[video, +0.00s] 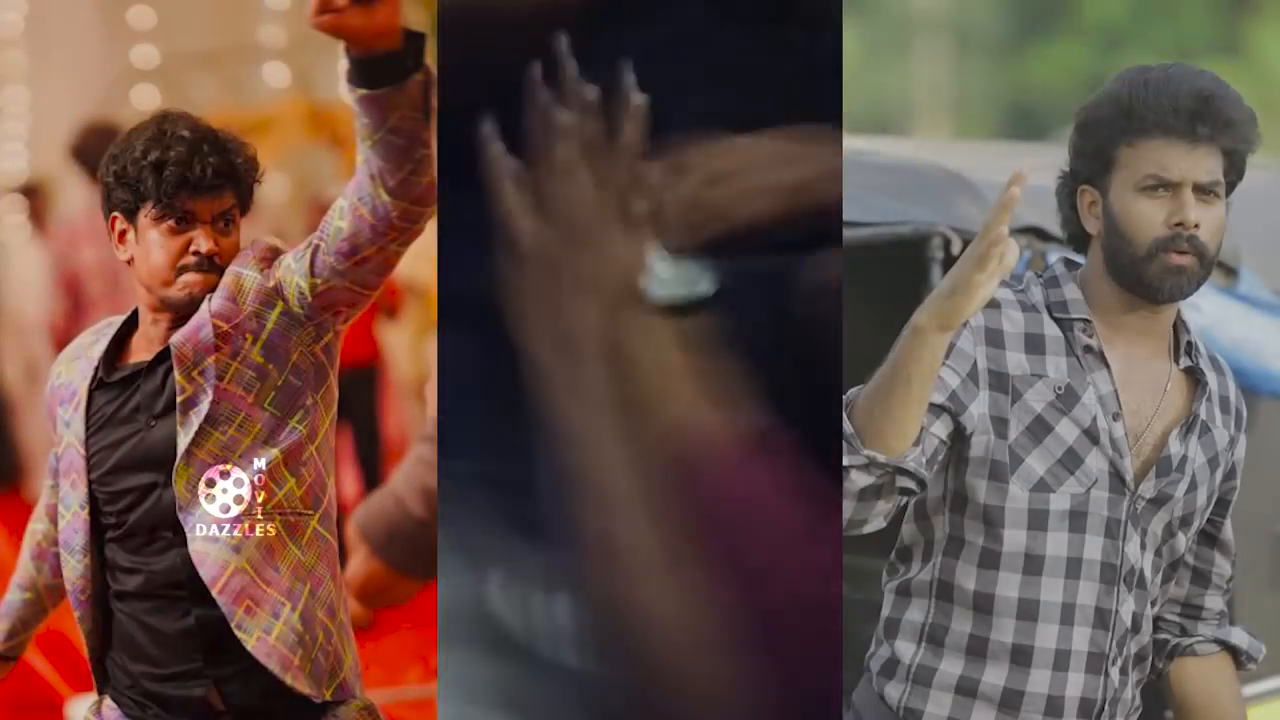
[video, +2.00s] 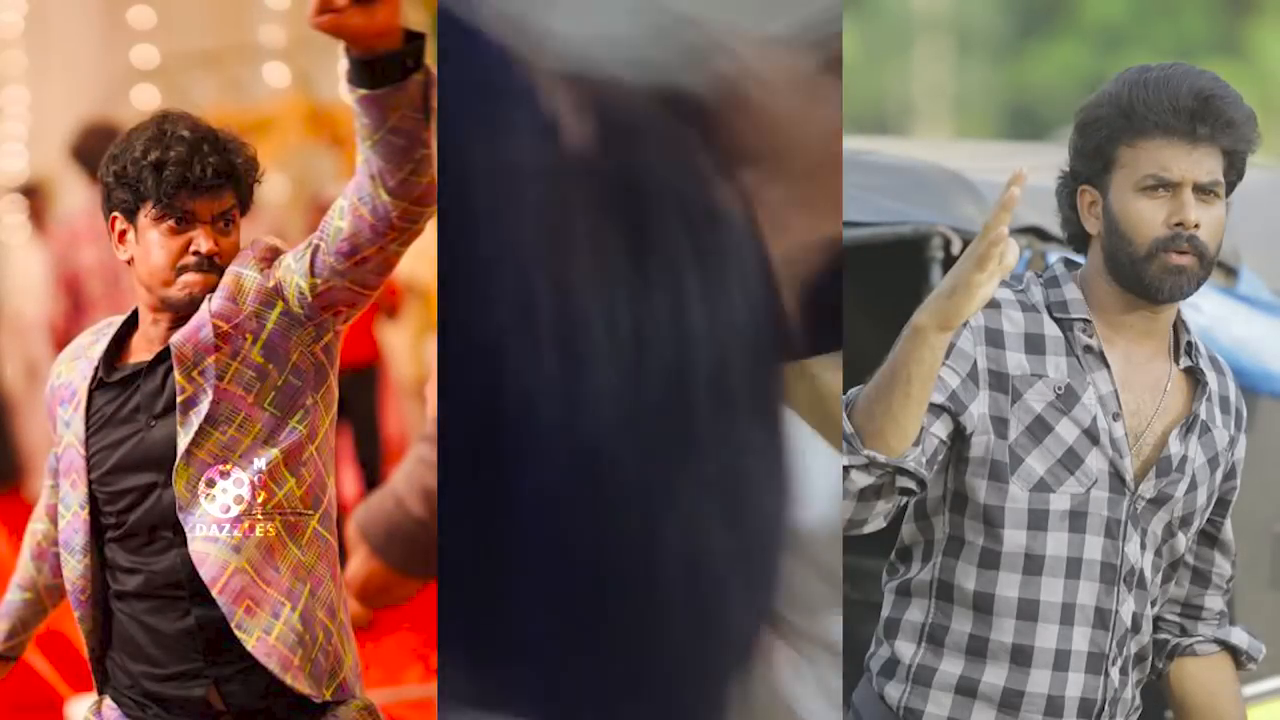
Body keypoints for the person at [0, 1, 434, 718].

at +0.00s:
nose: (206, 245)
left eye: (224, 222)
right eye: (179, 222)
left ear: (242, 230)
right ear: (122, 236)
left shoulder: (286, 313)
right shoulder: (75, 372)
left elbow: (393, 201)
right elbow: (56, 523)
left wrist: (380, 51)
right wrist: (8, 634)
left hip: (290, 700)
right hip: (140, 704)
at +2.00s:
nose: (206, 245)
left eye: (223, 222)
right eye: (179, 222)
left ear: (243, 230)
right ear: (122, 236)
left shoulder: (287, 312)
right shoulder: (76, 373)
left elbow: (394, 199)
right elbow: (56, 524)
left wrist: (380, 52)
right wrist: (7, 634)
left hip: (291, 700)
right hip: (140, 705)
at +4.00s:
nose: (206, 245)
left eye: (224, 223)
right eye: (179, 222)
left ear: (243, 230)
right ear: (123, 237)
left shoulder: (288, 311)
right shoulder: (76, 373)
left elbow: (394, 199)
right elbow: (56, 524)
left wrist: (381, 52)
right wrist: (8, 634)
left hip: (291, 700)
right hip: (140, 705)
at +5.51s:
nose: (206, 245)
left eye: (223, 222)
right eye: (179, 222)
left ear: (243, 229)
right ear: (123, 237)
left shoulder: (286, 312)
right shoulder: (75, 374)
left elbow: (393, 200)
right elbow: (56, 524)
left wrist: (380, 52)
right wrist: (7, 635)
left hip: (292, 702)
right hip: (140, 708)